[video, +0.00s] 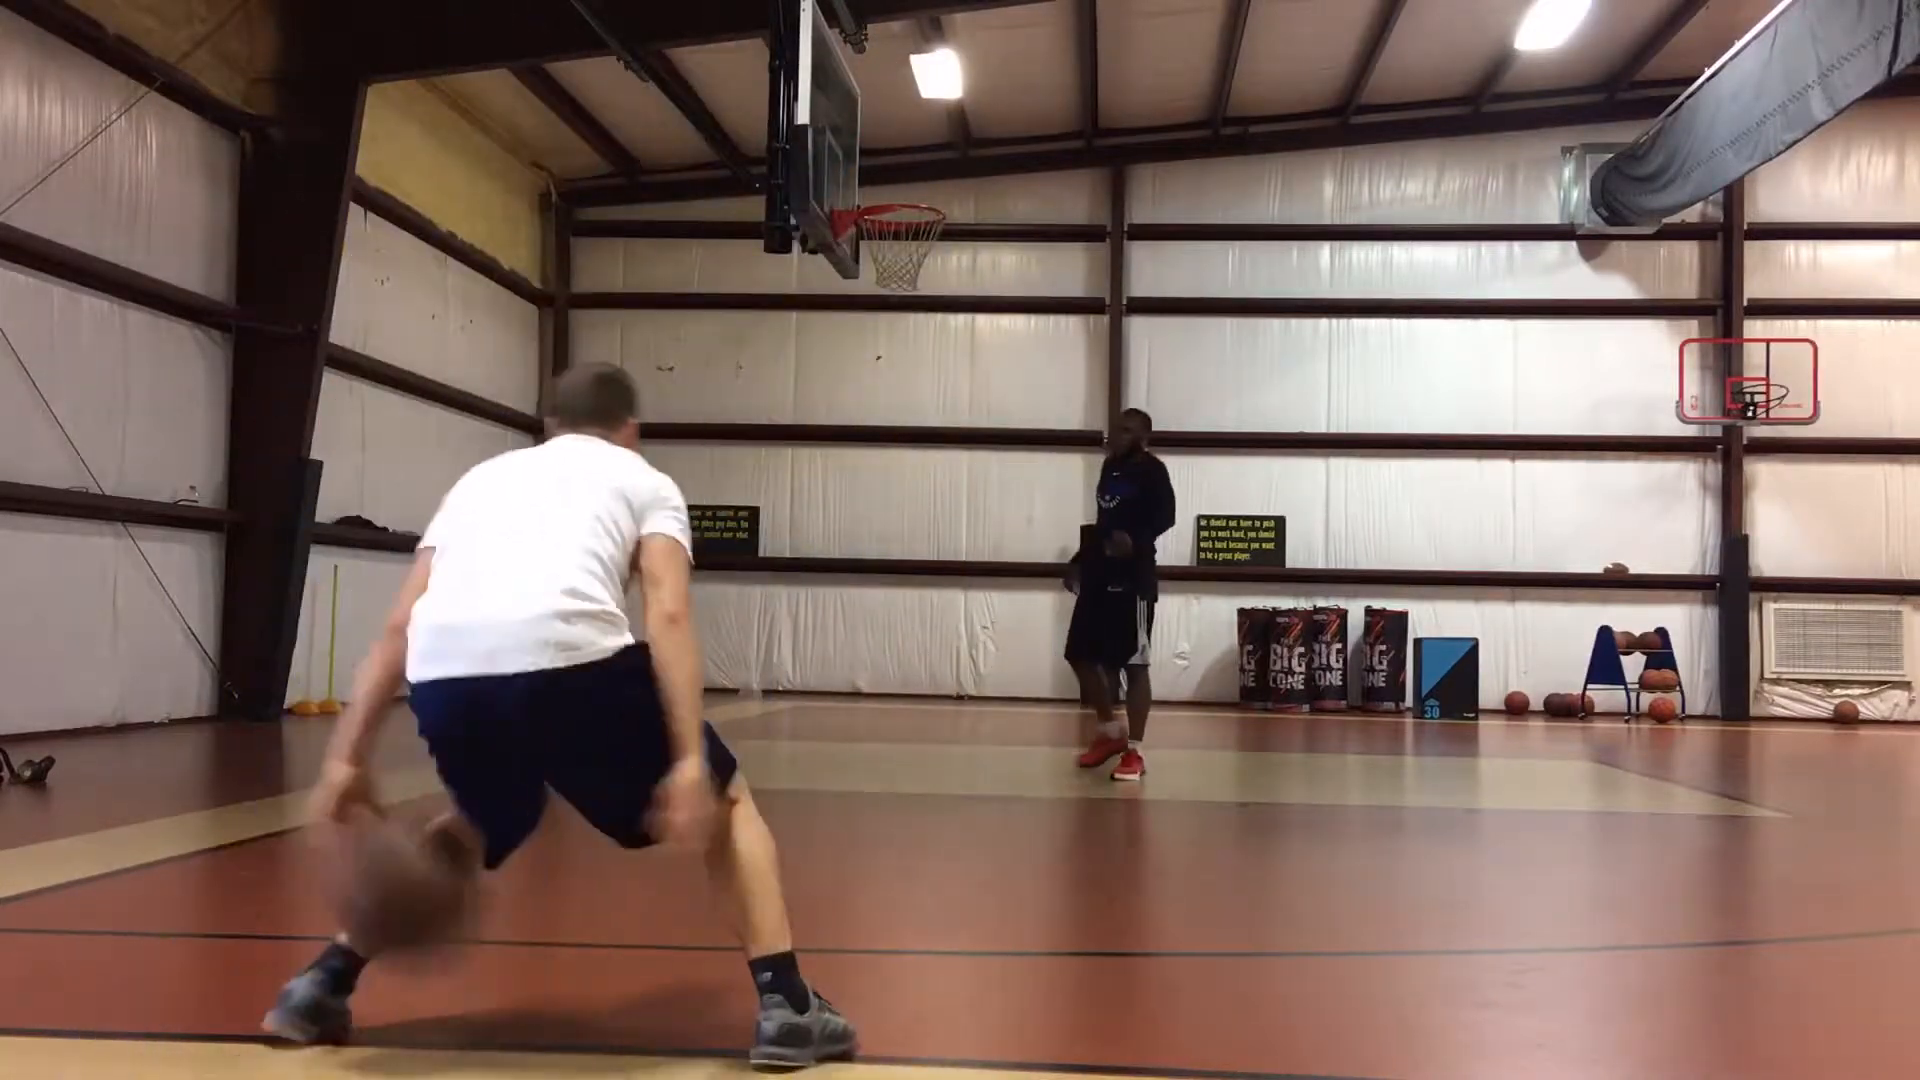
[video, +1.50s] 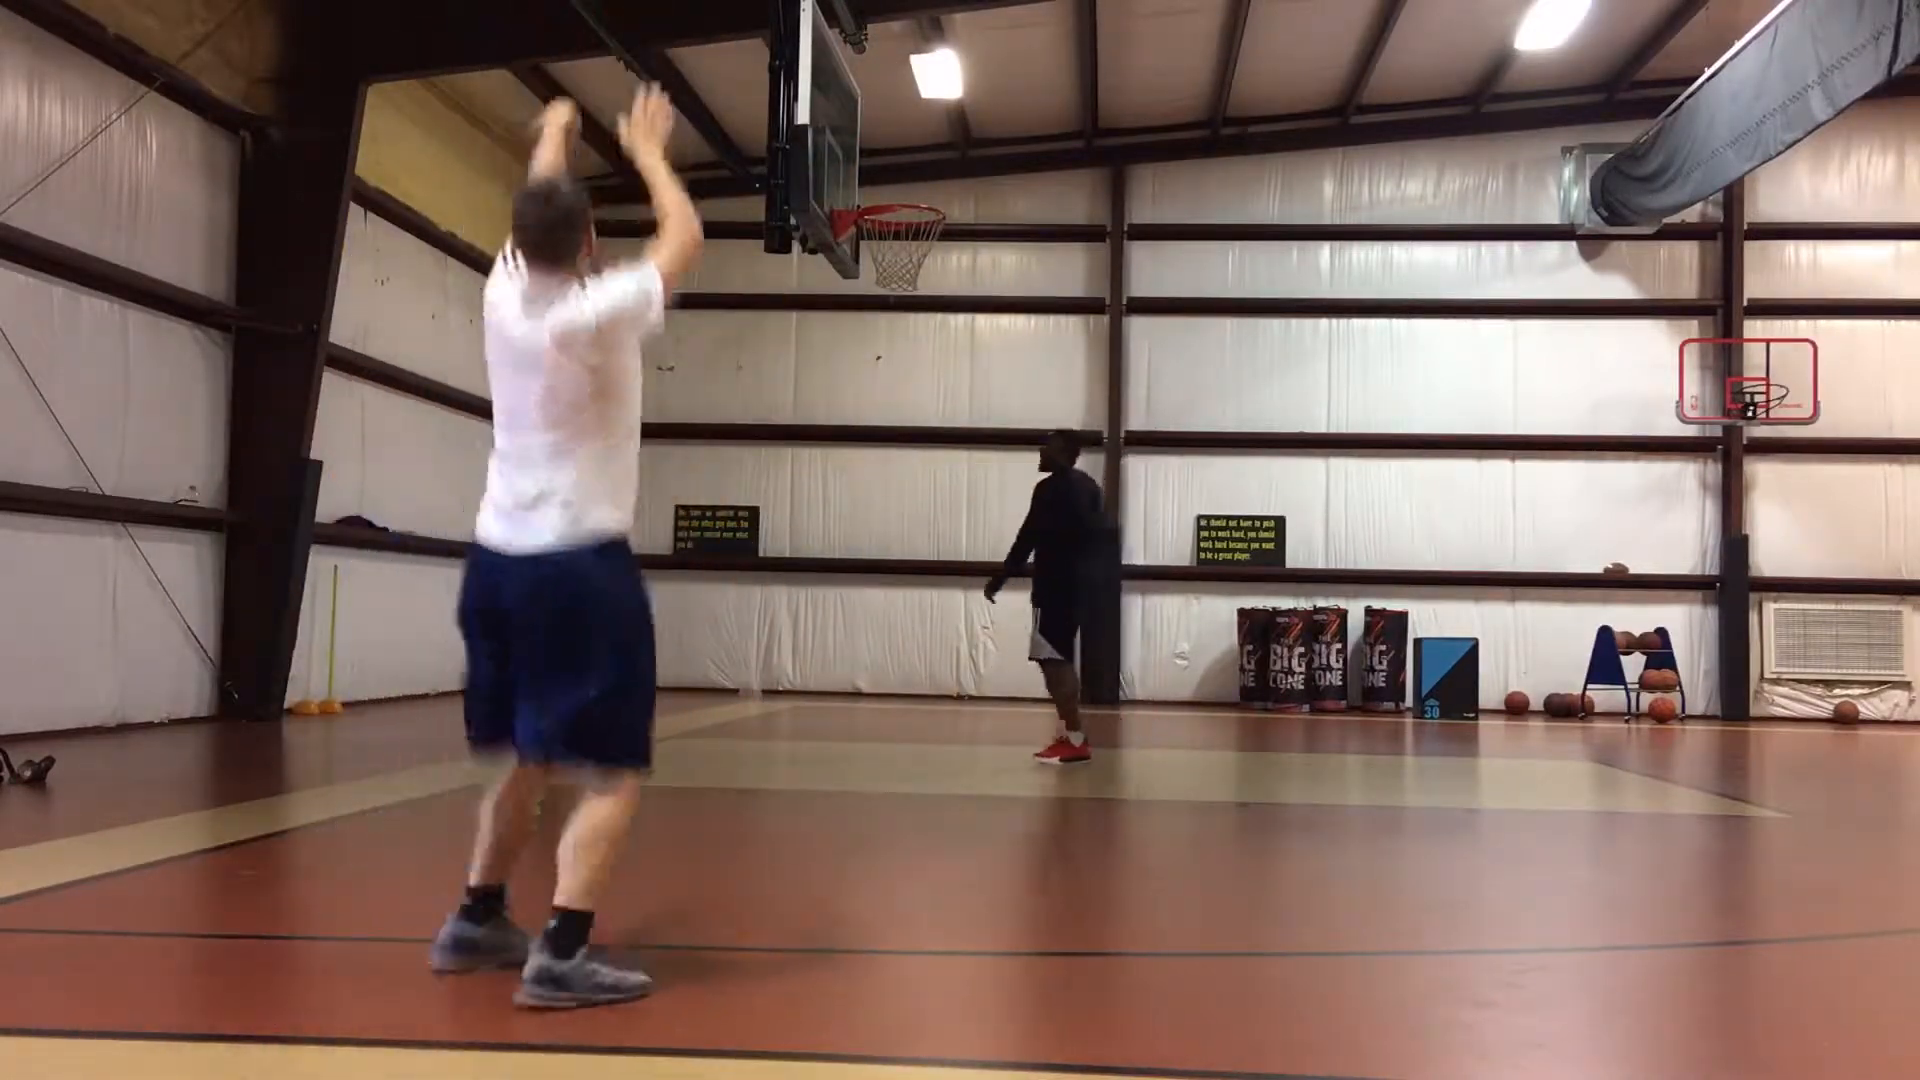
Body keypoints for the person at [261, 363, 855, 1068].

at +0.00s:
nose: (640, 446)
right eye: (639, 433)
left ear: (549, 425)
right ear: (629, 430)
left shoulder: (475, 481)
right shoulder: (644, 481)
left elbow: (403, 624)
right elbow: (669, 615)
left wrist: (346, 758)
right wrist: (691, 762)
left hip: (446, 680)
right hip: (579, 666)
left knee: (479, 814)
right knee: (728, 797)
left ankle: (327, 978)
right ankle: (785, 1000)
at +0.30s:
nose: (592, 271)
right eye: (593, 259)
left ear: (505, 259)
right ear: (584, 258)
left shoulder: (441, 314)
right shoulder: (611, 313)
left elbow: (313, 388)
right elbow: (676, 412)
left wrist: (212, 433)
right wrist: (709, 536)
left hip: (415, 534)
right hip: (539, 526)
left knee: (427, 744)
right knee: (636, 745)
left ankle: (324, 953)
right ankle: (655, 960)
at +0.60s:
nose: (603, 344)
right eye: (605, 333)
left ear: (517, 314)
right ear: (594, 332)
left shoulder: (431, 363)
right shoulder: (607, 406)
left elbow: (343, 481)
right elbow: (576, 563)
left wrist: (406, 528)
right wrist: (528, 622)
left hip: (367, 568)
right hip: (487, 579)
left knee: (386, 773)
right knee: (539, 809)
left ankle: (295, 967)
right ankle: (524, 999)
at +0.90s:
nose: (565, 318)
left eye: (559, 306)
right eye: (564, 307)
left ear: (481, 312)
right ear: (553, 314)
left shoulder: (440, 372)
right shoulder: (564, 382)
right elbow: (657, 475)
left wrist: (553, 361)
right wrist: (667, 375)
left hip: (361, 613)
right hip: (466, 616)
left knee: (417, 814)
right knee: (539, 813)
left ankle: (309, 960)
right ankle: (483, 978)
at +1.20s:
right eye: (561, 71)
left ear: (489, 95)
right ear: (560, 89)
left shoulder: (479, 153)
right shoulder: (580, 153)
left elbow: (527, 58)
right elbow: (656, 67)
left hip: (458, 408)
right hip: (549, 413)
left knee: (451, 623)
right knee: (563, 628)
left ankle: (383, 822)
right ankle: (554, 826)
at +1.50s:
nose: (598, 234)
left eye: (572, 225)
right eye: (593, 225)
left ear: (523, 237)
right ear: (590, 237)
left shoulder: (504, 296)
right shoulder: (609, 307)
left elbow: (531, 213)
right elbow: (682, 233)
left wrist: (551, 145)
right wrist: (651, 153)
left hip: (499, 563)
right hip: (585, 568)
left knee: (524, 757)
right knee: (616, 773)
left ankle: (477, 917)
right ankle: (560, 955)